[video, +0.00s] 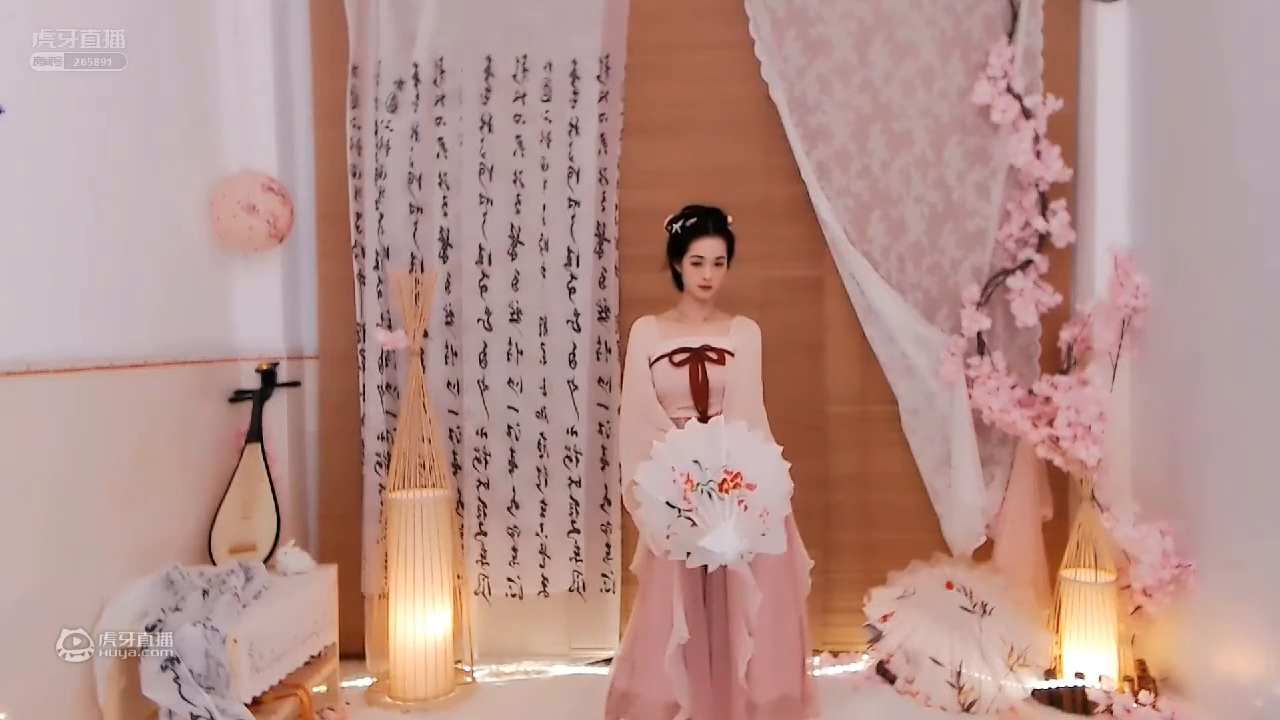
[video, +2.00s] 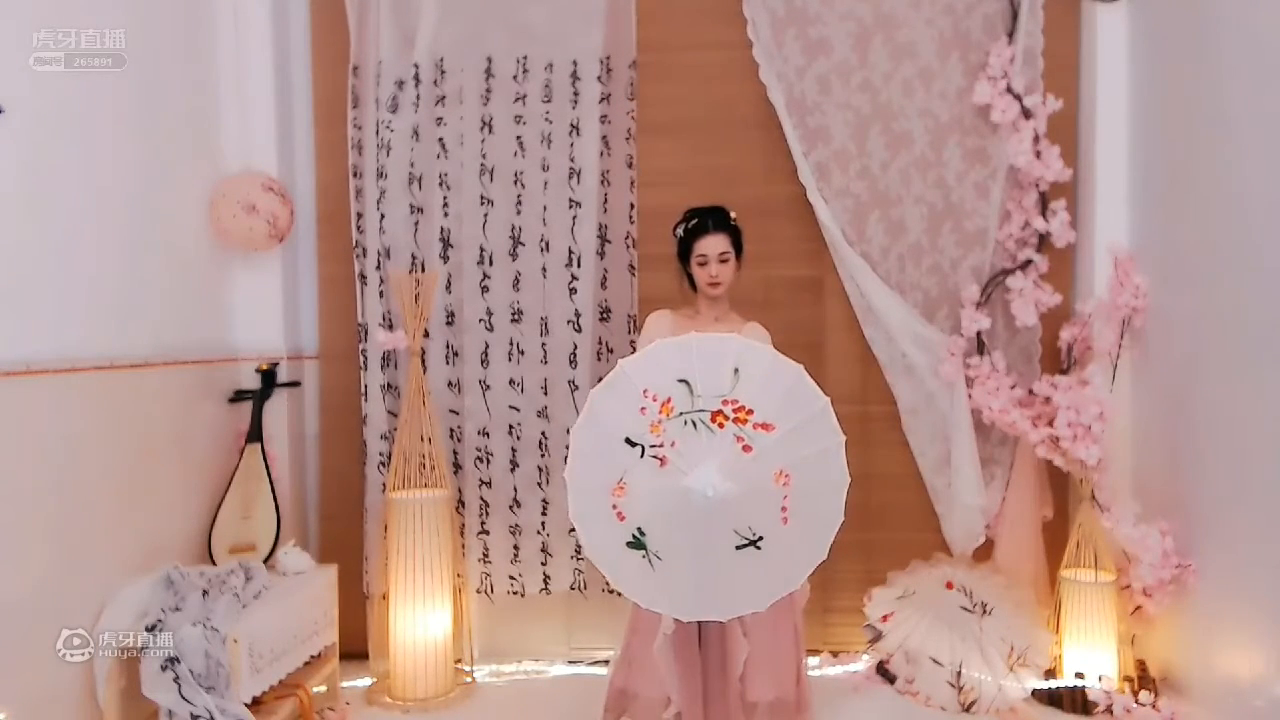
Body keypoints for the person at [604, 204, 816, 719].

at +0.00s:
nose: (708, 274)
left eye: (718, 263)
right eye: (698, 262)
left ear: (729, 267)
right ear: (677, 264)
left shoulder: (744, 332)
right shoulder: (647, 331)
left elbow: (753, 418)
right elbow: (636, 420)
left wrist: (767, 487)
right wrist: (649, 494)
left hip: (737, 483)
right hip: (671, 485)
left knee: (741, 608)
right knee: (676, 606)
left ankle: (743, 708)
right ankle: (679, 709)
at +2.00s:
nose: (713, 271)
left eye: (723, 259)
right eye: (702, 261)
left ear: (737, 263)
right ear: (688, 267)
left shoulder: (755, 334)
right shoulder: (661, 325)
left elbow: (773, 424)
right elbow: (642, 413)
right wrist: (651, 480)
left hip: (740, 495)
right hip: (675, 492)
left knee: (741, 611)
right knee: (674, 611)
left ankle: (739, 712)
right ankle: (676, 711)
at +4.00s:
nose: (717, 270)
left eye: (727, 258)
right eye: (706, 260)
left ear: (743, 262)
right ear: (693, 267)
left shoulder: (761, 335)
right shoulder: (672, 323)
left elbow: (779, 419)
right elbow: (653, 409)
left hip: (746, 481)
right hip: (680, 478)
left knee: (744, 600)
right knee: (680, 599)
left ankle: (743, 709)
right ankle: (677, 710)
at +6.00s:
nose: (716, 272)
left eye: (725, 259)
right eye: (705, 262)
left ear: (742, 264)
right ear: (692, 268)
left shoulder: (760, 341)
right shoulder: (666, 338)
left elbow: (789, 433)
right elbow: (639, 426)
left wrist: (786, 517)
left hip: (745, 500)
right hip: (679, 497)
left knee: (745, 618)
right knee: (677, 617)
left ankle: (744, 712)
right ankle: (674, 712)